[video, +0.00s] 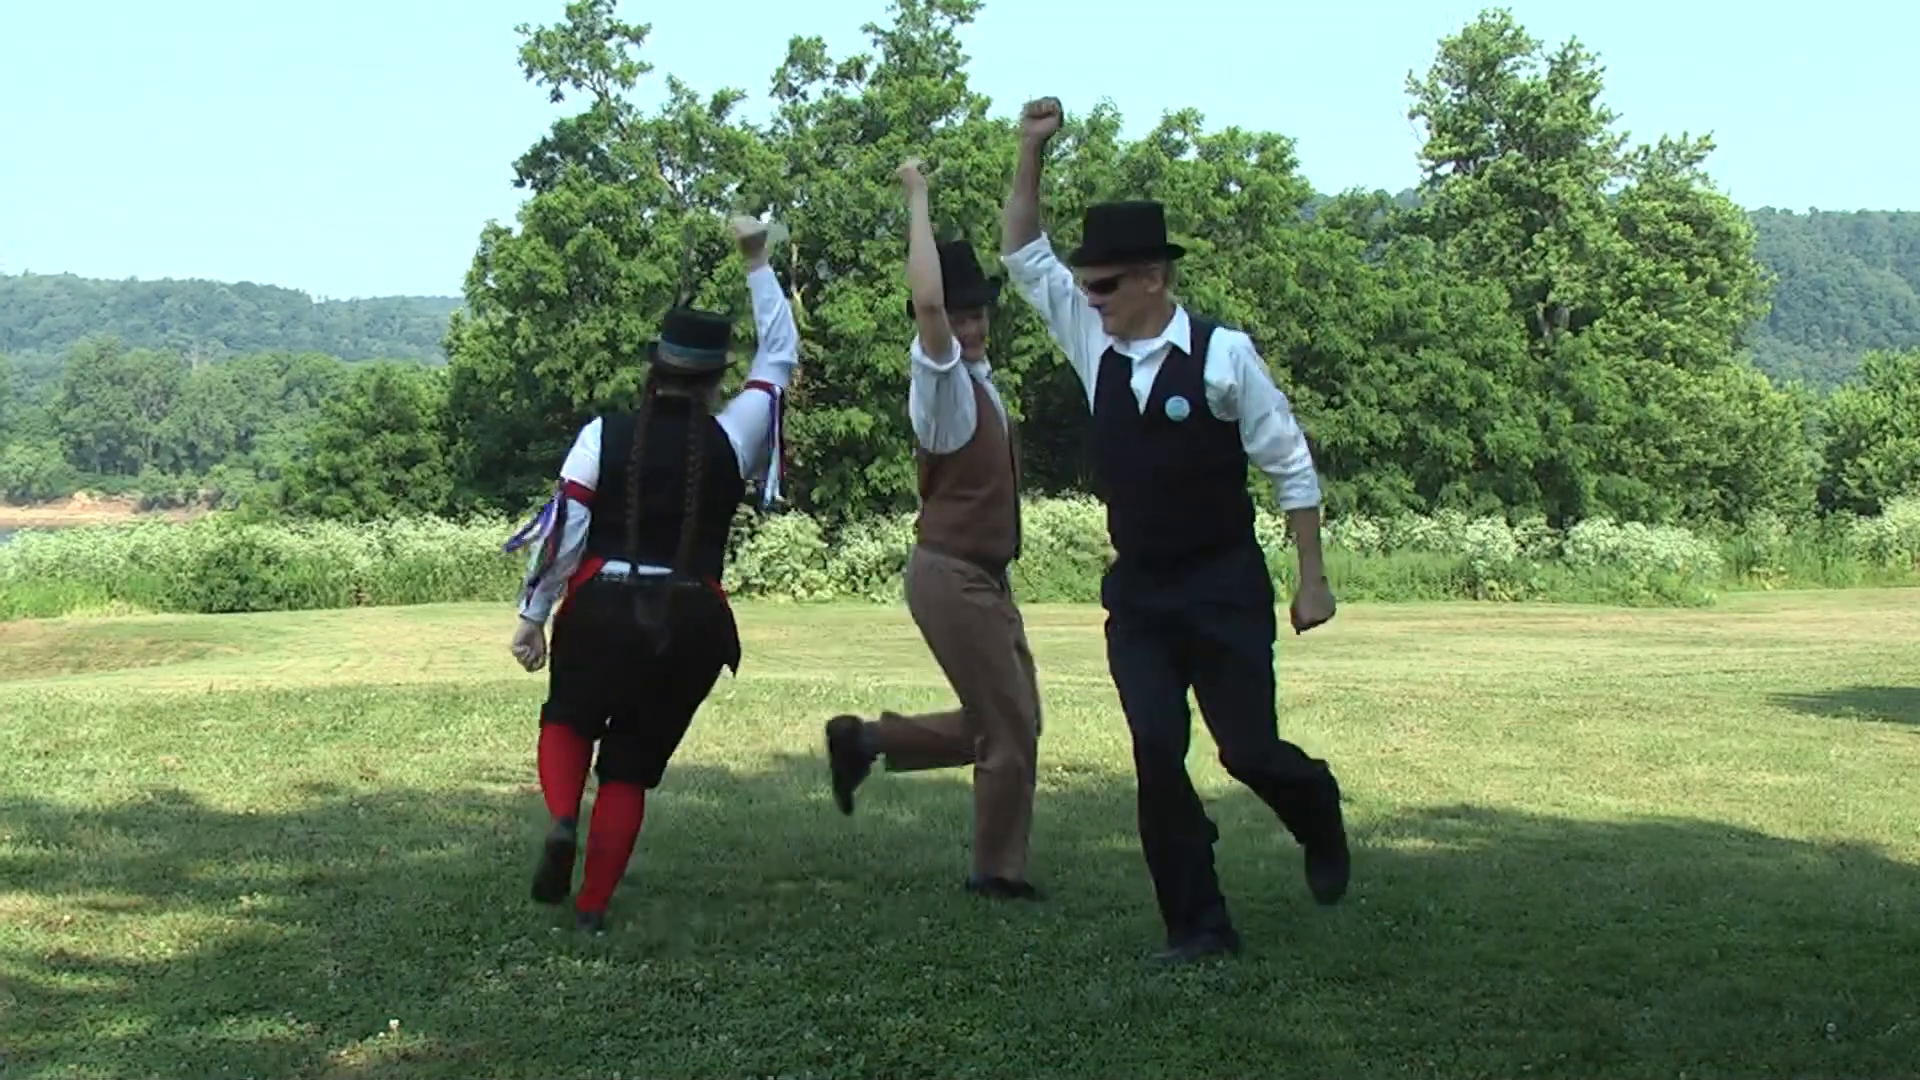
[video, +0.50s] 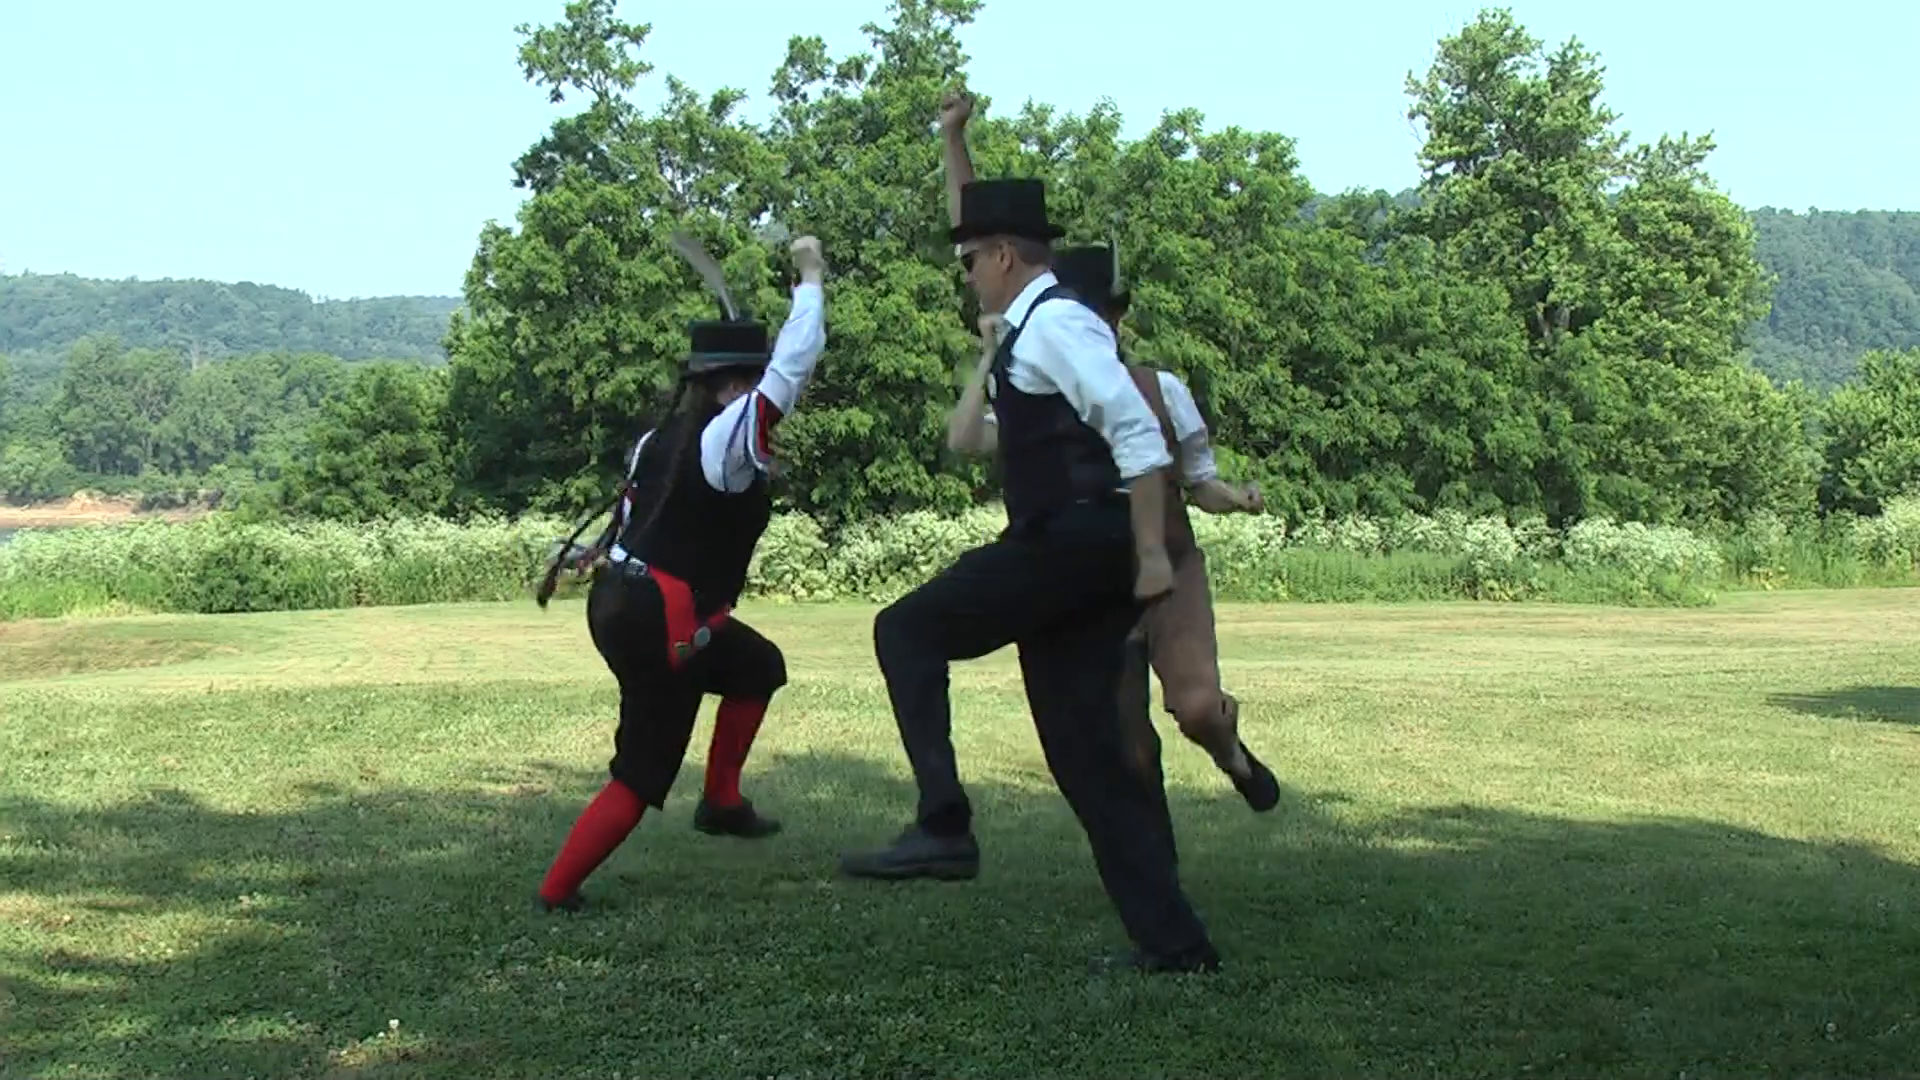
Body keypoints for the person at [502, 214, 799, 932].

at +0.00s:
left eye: (675, 362)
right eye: (708, 370)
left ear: (654, 371)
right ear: (713, 382)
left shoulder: (604, 434)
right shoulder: (731, 439)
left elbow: (564, 530)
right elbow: (779, 356)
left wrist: (532, 612)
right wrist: (759, 263)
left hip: (602, 613)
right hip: (692, 623)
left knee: (567, 716)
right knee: (633, 762)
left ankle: (562, 823)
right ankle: (591, 912)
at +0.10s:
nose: (718, 354)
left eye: (708, 344)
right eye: (714, 344)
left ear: (649, 344)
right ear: (710, 351)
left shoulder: (596, 406)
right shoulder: (727, 403)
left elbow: (550, 497)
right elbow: (770, 328)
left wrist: (524, 578)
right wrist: (764, 233)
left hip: (590, 581)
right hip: (680, 598)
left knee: (601, 647)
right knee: (629, 752)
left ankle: (558, 761)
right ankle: (591, 901)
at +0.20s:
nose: (728, 331)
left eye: (723, 322)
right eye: (723, 321)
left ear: (655, 317)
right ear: (710, 325)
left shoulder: (601, 375)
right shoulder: (724, 366)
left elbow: (552, 459)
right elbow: (766, 290)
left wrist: (527, 544)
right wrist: (771, 198)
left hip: (585, 554)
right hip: (674, 567)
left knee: (645, 610)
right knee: (632, 725)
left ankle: (581, 719)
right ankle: (577, 872)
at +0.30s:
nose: (724, 335)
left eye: (716, 324)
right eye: (723, 324)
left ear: (662, 323)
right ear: (715, 330)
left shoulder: (614, 377)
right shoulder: (721, 372)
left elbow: (563, 463)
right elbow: (762, 299)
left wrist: (538, 550)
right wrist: (770, 204)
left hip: (585, 555)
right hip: (664, 568)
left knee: (689, 642)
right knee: (628, 718)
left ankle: (600, 738)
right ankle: (571, 877)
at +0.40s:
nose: (737, 378)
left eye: (733, 367)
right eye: (734, 369)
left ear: (675, 365)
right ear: (716, 372)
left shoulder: (628, 424)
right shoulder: (714, 421)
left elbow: (590, 511)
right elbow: (760, 347)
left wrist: (570, 590)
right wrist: (762, 251)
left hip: (595, 584)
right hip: (654, 600)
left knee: (726, 668)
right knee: (626, 756)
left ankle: (642, 774)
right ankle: (555, 890)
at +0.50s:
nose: (761, 393)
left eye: (760, 384)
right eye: (754, 384)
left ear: (703, 383)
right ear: (731, 386)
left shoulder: (659, 440)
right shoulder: (729, 436)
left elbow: (631, 509)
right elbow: (790, 369)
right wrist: (811, 279)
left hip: (617, 599)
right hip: (658, 615)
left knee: (758, 664)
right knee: (641, 777)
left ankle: (722, 799)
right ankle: (555, 891)